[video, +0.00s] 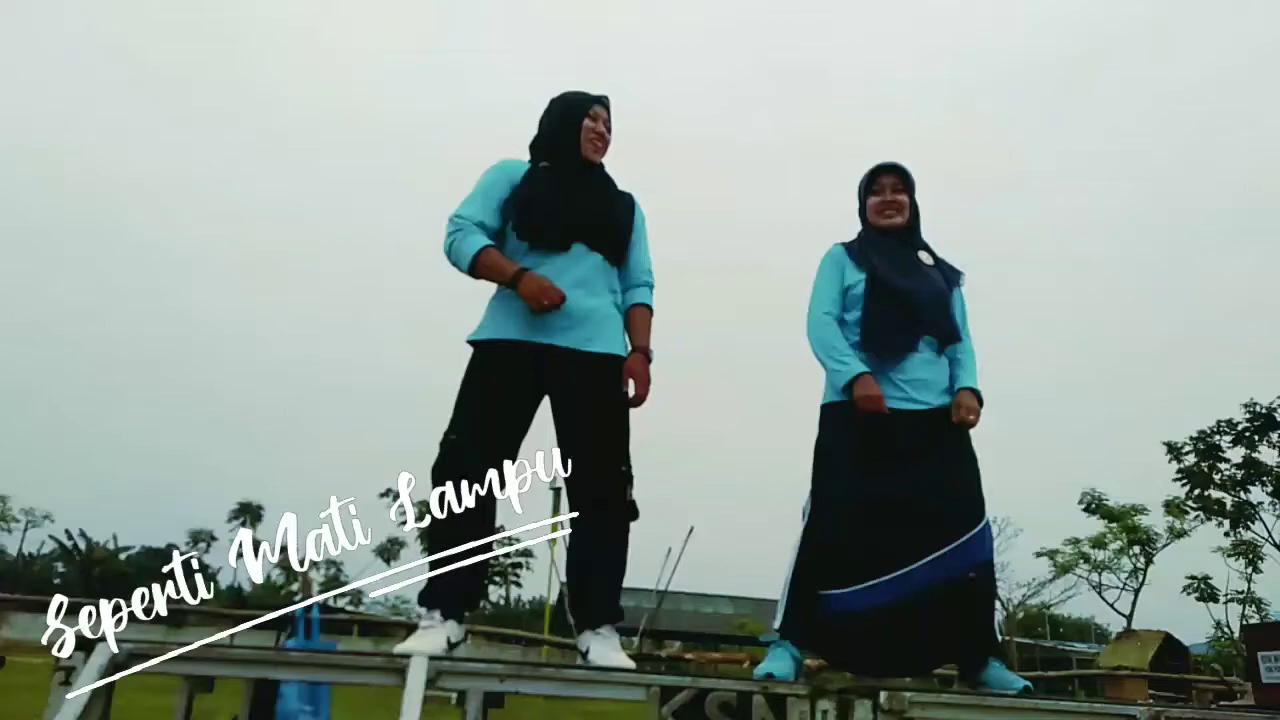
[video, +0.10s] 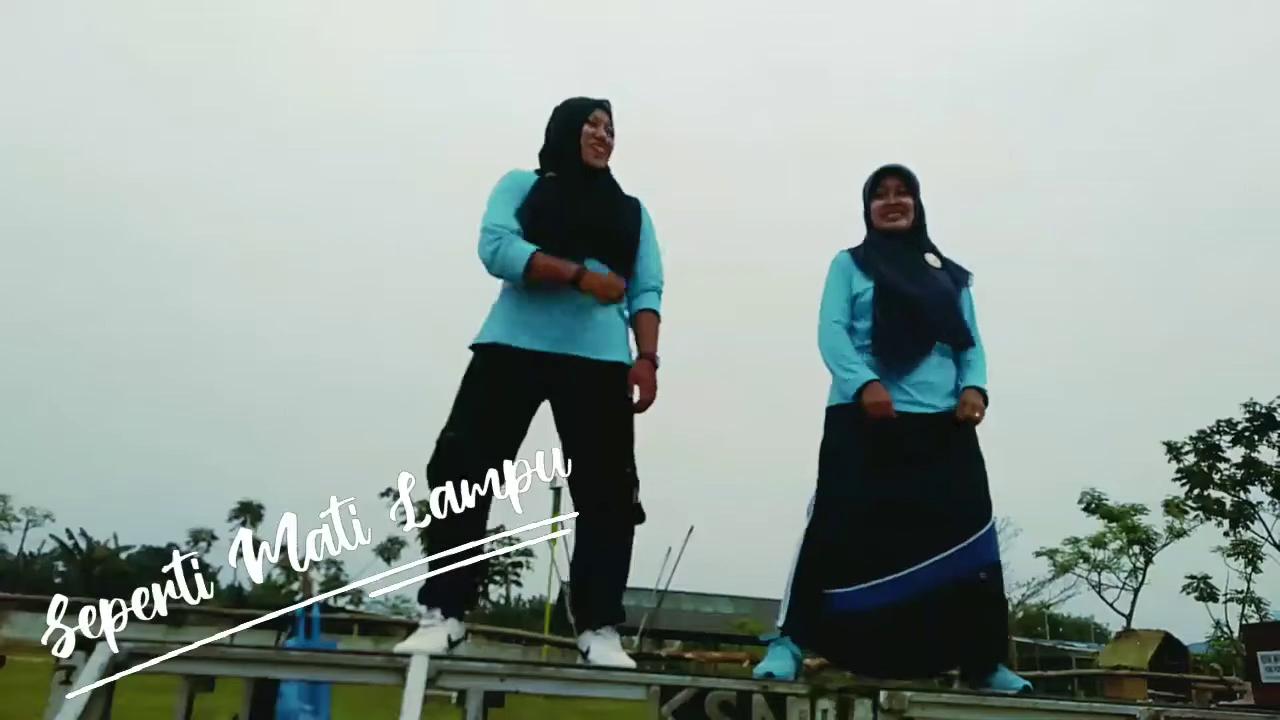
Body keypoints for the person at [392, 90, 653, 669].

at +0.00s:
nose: (601, 129)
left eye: (606, 124)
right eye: (591, 119)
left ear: (608, 139)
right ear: (560, 123)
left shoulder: (624, 205)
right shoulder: (511, 176)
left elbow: (638, 283)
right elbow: (460, 237)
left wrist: (640, 349)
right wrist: (519, 277)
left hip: (595, 355)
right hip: (510, 344)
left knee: (603, 491)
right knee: (465, 474)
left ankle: (598, 628)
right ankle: (443, 614)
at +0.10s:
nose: (603, 134)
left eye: (608, 128)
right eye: (592, 124)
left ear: (613, 143)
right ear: (563, 132)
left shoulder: (633, 211)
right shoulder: (521, 185)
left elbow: (646, 286)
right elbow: (496, 249)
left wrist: (647, 355)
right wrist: (580, 276)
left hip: (597, 362)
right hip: (512, 350)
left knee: (608, 495)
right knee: (460, 473)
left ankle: (599, 628)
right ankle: (444, 613)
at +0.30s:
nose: (582, 124)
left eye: (592, 118)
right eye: (572, 115)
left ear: (604, 133)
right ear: (553, 125)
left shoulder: (628, 198)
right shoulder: (522, 172)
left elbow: (646, 274)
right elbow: (481, 199)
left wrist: (653, 346)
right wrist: (573, 204)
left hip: (592, 346)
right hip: (508, 335)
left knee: (597, 484)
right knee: (445, 452)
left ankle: (599, 626)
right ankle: (436, 601)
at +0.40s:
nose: (574, 124)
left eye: (584, 119)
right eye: (564, 115)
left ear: (596, 134)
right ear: (544, 123)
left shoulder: (613, 201)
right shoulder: (501, 174)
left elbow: (629, 282)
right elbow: (414, 179)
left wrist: (640, 353)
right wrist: (491, 177)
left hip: (581, 345)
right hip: (498, 336)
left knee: (593, 484)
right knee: (442, 464)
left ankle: (599, 627)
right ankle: (424, 606)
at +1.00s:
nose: (503, 124)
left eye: (515, 116)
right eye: (496, 116)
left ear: (541, 123)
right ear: (487, 124)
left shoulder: (573, 190)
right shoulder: (468, 177)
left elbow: (595, 266)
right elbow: (425, 167)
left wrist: (584, 341)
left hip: (531, 340)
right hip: (448, 331)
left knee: (532, 481)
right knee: (374, 443)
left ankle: (526, 624)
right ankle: (385, 593)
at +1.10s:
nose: (497, 113)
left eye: (510, 105)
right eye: (490, 104)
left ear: (534, 115)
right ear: (479, 112)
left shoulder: (565, 185)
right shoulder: (451, 163)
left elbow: (585, 260)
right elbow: (363, 147)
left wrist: (585, 339)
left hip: (524, 336)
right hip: (438, 326)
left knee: (528, 477)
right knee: (380, 451)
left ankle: (527, 618)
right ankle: (343, 594)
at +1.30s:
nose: (484, 97)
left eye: (496, 92)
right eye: (474, 86)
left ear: (507, 107)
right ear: (451, 93)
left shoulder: (522, 178)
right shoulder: (401, 151)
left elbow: (552, 262)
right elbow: (313, 174)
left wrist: (589, 345)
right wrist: (220, 182)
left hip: (486, 340)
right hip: (397, 331)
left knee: (507, 477)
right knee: (354, 469)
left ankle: (518, 614)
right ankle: (333, 605)